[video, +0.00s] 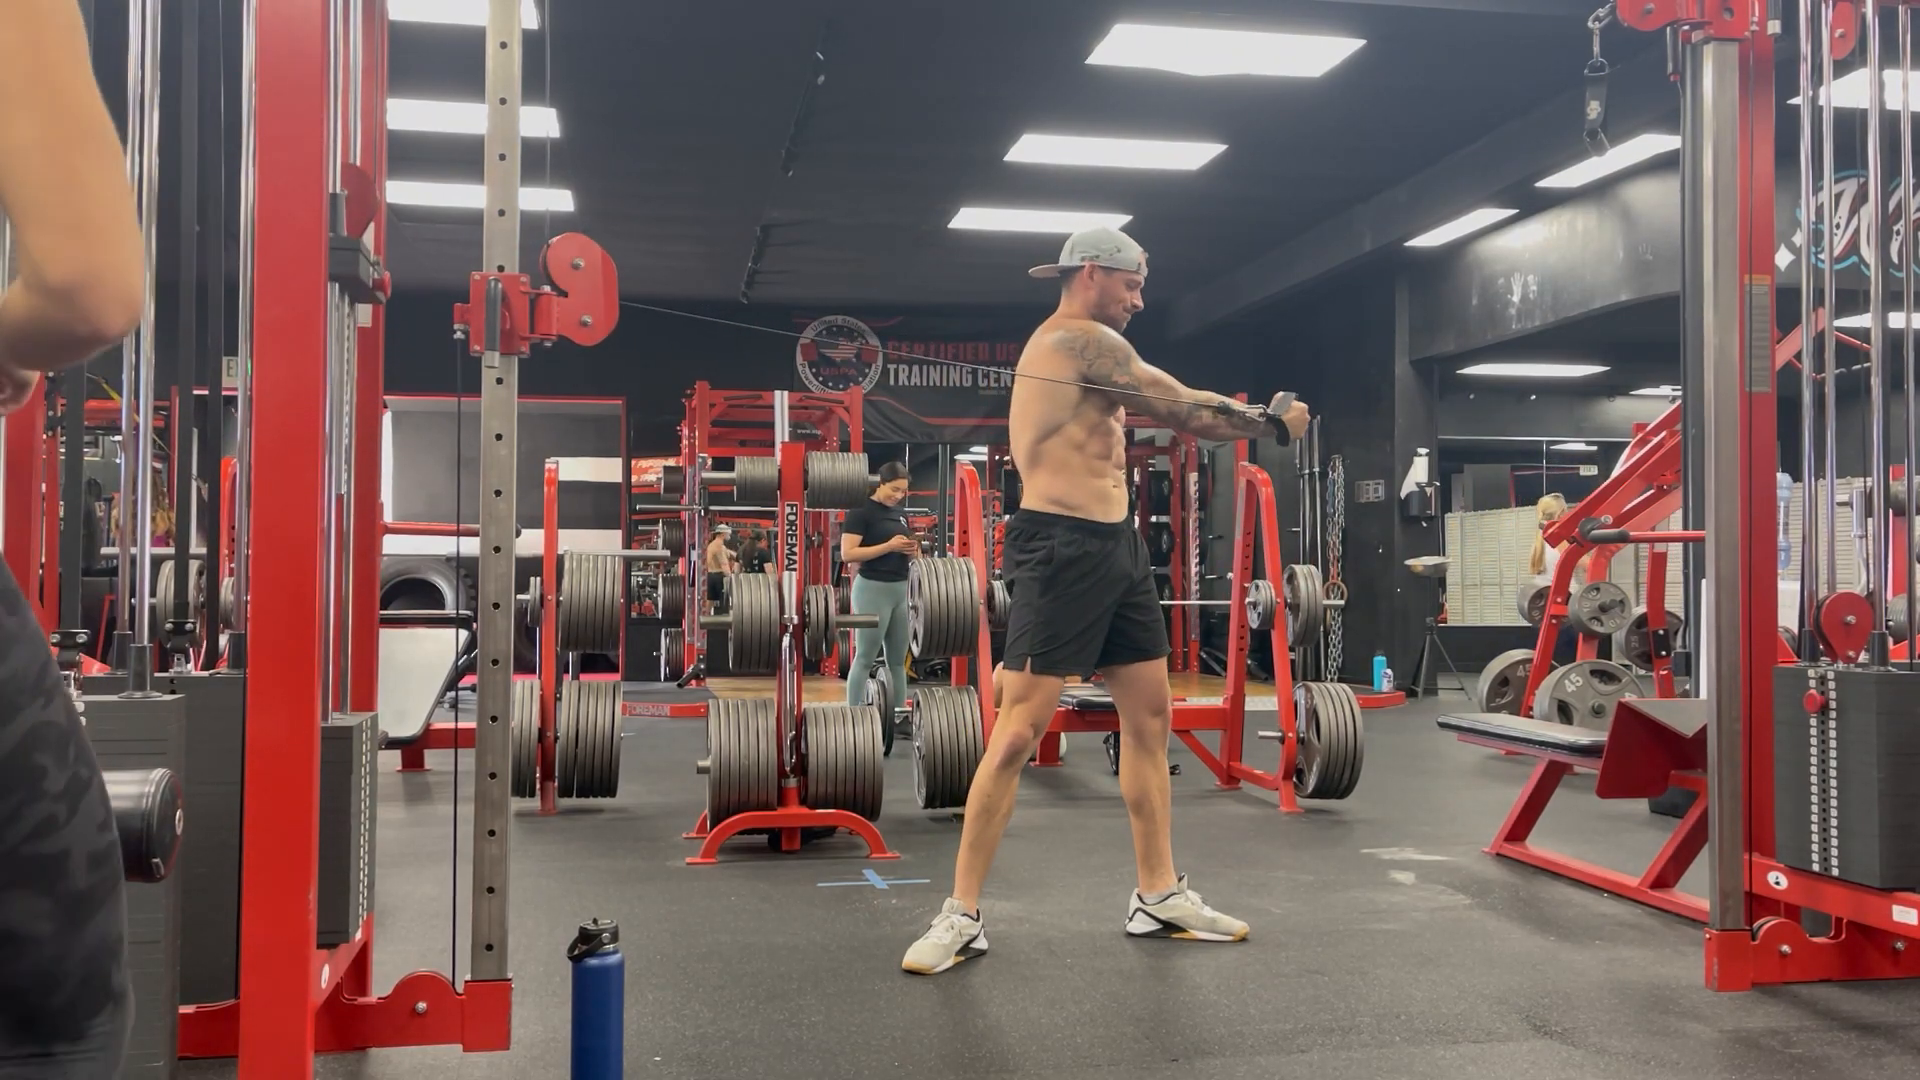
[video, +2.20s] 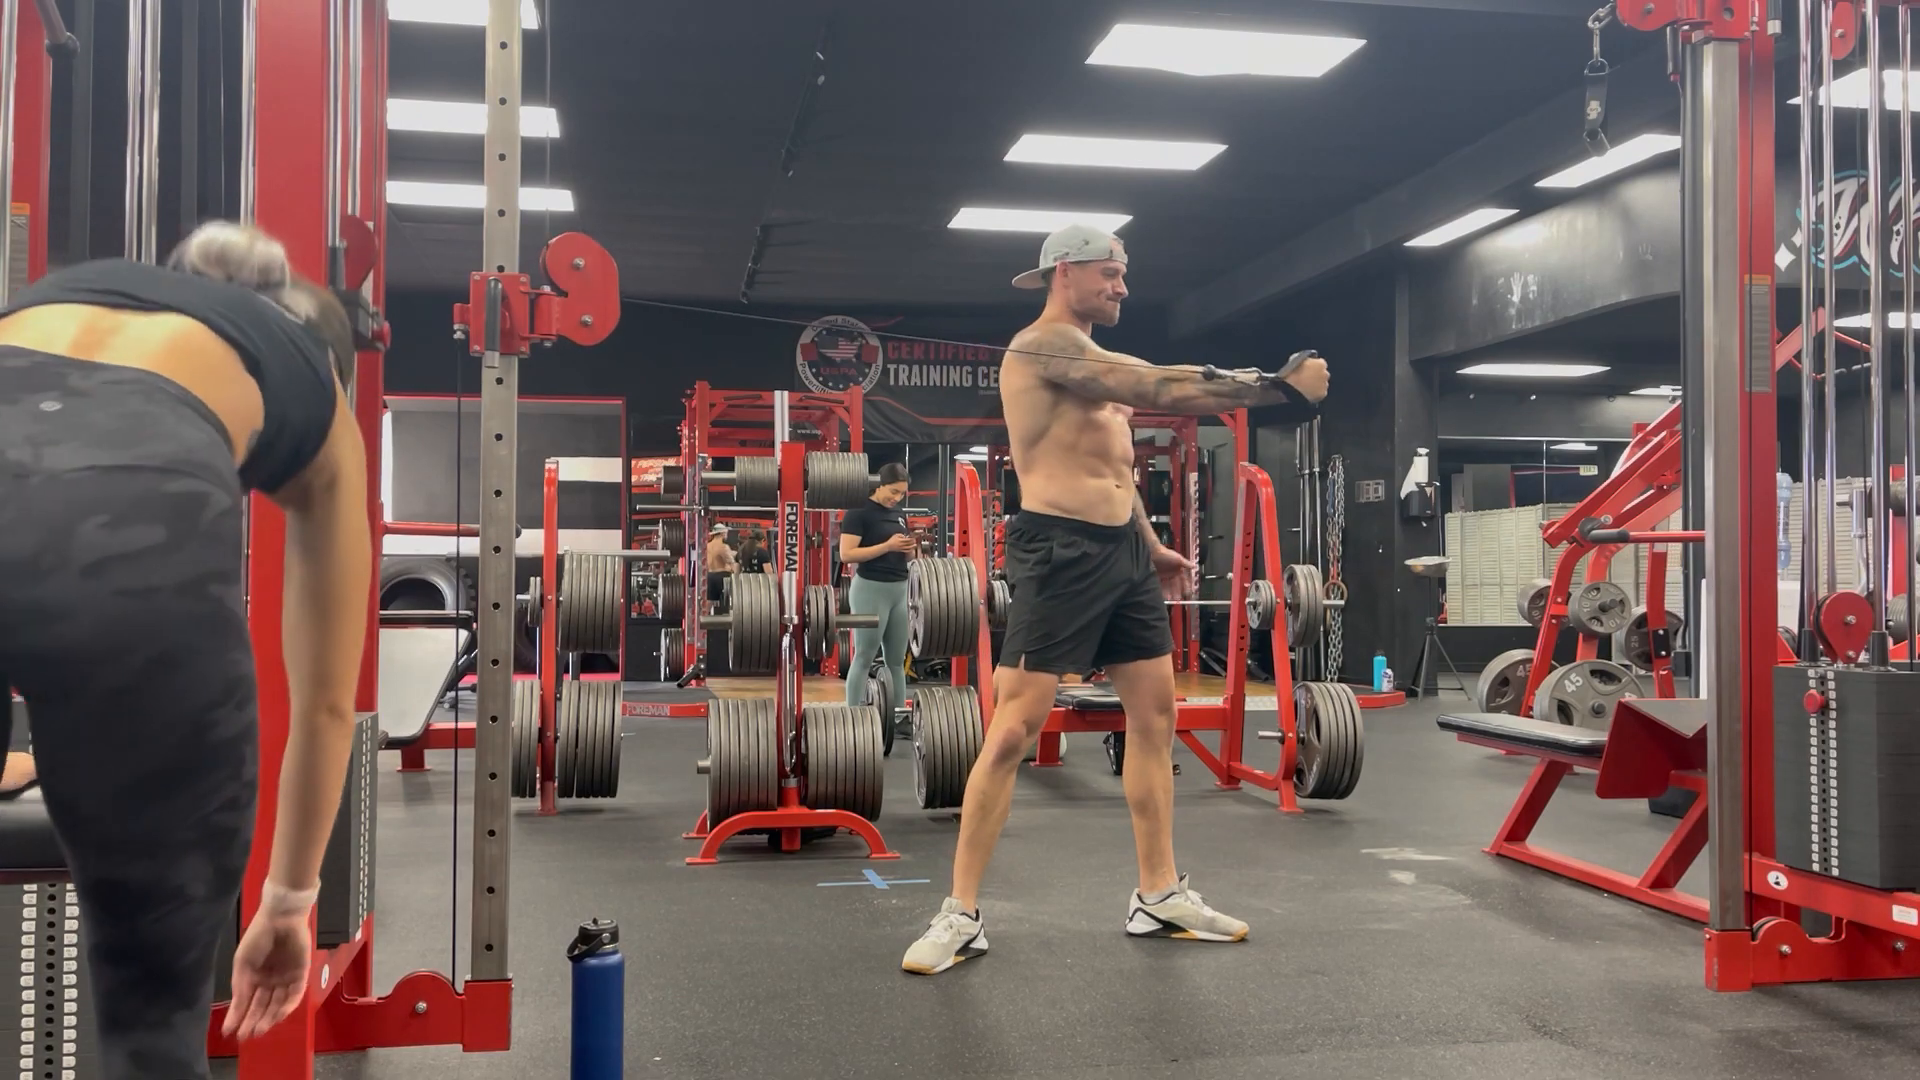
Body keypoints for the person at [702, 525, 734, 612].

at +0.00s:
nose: (730, 536)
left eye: (730, 534)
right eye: (728, 534)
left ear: (721, 534)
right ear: (722, 534)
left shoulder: (711, 545)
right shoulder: (720, 547)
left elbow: (726, 552)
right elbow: (724, 565)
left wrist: (734, 555)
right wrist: (729, 576)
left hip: (711, 573)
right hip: (719, 573)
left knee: (710, 599)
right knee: (722, 600)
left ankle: (707, 617)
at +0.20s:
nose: (728, 536)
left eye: (728, 534)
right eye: (727, 534)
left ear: (718, 534)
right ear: (723, 534)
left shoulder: (710, 545)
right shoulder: (722, 547)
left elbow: (727, 552)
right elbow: (726, 564)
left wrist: (735, 555)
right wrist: (733, 574)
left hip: (711, 572)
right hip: (721, 572)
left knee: (710, 599)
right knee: (722, 600)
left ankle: (707, 616)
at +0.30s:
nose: (727, 536)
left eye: (727, 534)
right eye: (727, 534)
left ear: (716, 533)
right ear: (723, 534)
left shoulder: (709, 545)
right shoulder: (723, 546)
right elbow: (728, 560)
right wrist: (734, 567)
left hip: (711, 572)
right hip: (721, 572)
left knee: (710, 599)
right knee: (723, 599)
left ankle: (707, 616)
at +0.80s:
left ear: (714, 533)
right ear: (725, 534)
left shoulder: (708, 546)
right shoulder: (731, 548)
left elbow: (704, 561)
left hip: (711, 573)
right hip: (726, 573)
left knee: (709, 601)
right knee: (725, 602)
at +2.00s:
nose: (725, 534)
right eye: (724, 533)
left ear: (713, 533)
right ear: (723, 534)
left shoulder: (708, 545)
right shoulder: (726, 547)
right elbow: (735, 557)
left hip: (710, 572)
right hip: (724, 572)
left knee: (709, 600)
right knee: (724, 600)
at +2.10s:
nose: (726, 535)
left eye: (725, 533)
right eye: (725, 533)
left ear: (714, 533)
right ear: (723, 534)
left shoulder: (708, 545)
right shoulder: (725, 546)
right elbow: (732, 557)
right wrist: (736, 552)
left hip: (711, 572)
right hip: (723, 572)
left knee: (710, 600)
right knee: (724, 600)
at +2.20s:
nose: (726, 534)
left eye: (726, 532)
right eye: (726, 532)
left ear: (715, 533)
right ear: (723, 533)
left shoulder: (709, 545)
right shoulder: (723, 546)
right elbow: (730, 560)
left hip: (711, 572)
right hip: (723, 572)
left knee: (711, 600)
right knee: (724, 600)